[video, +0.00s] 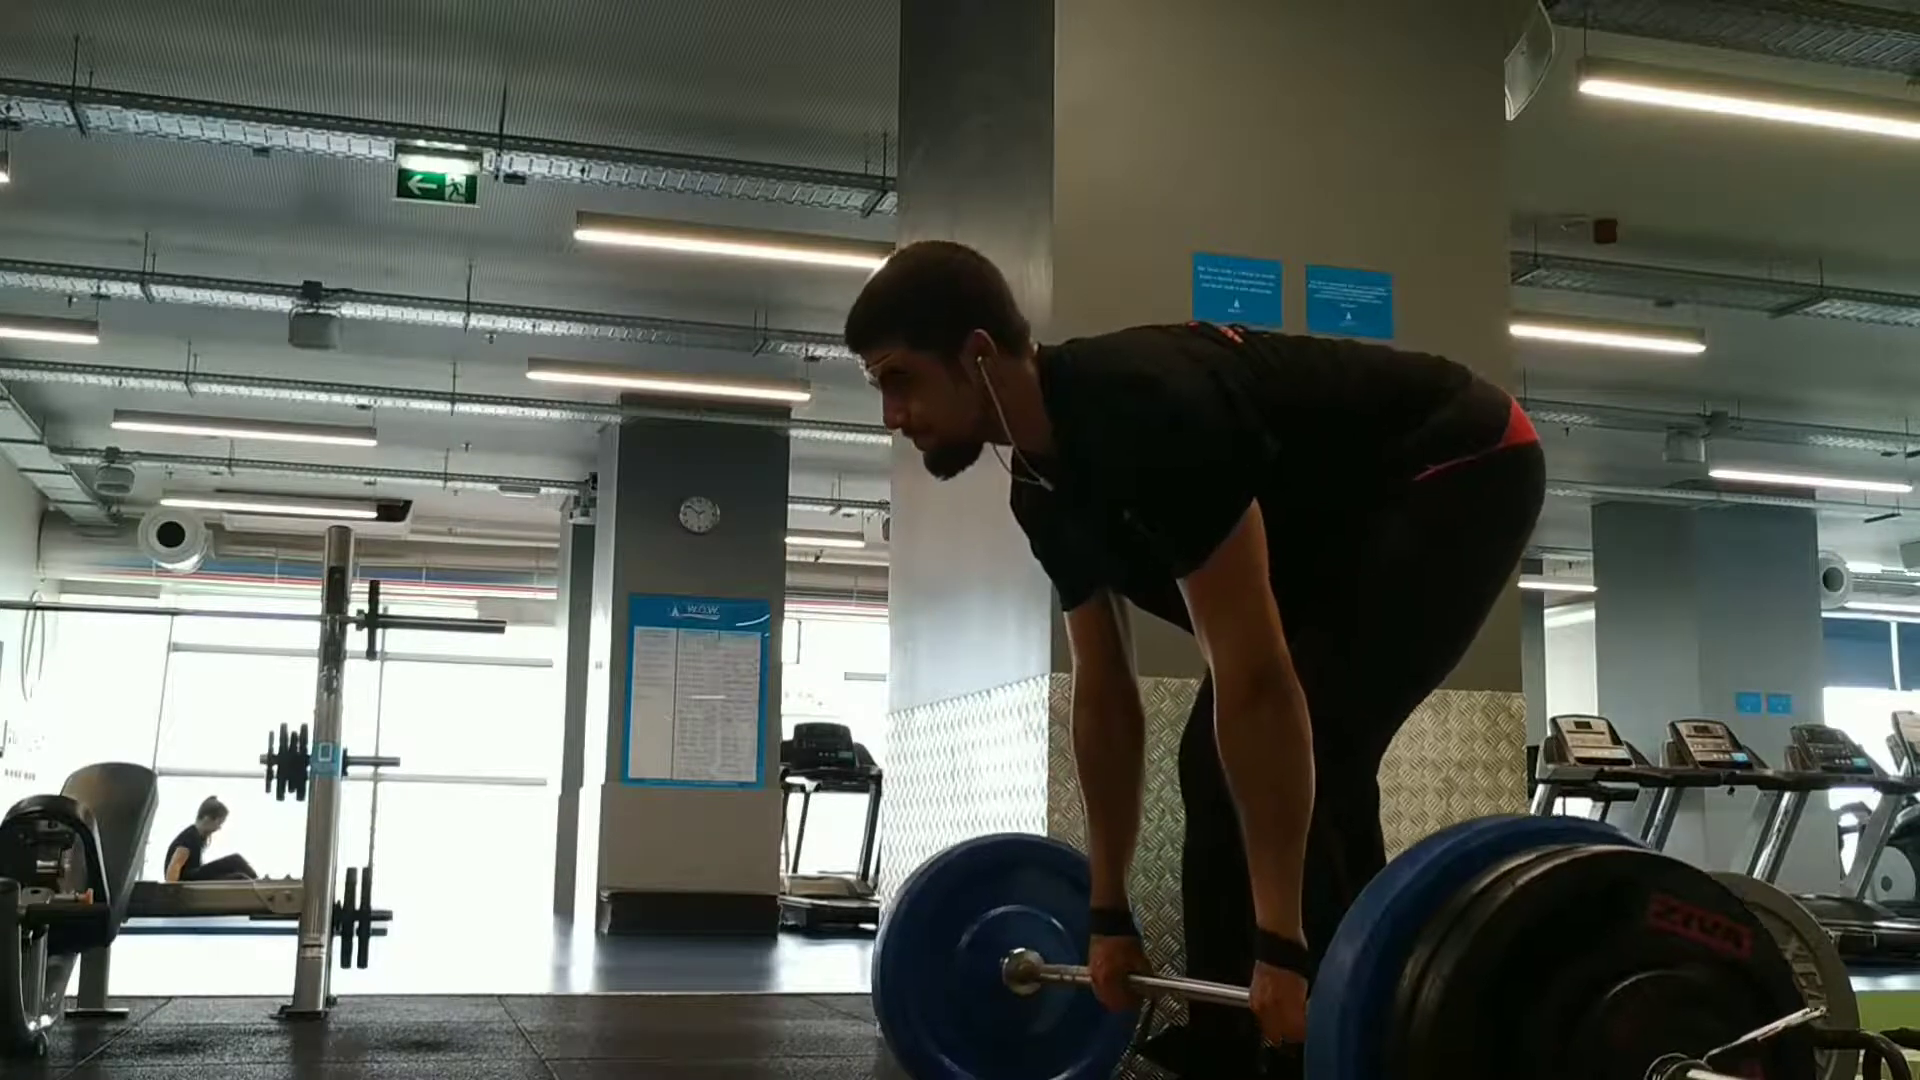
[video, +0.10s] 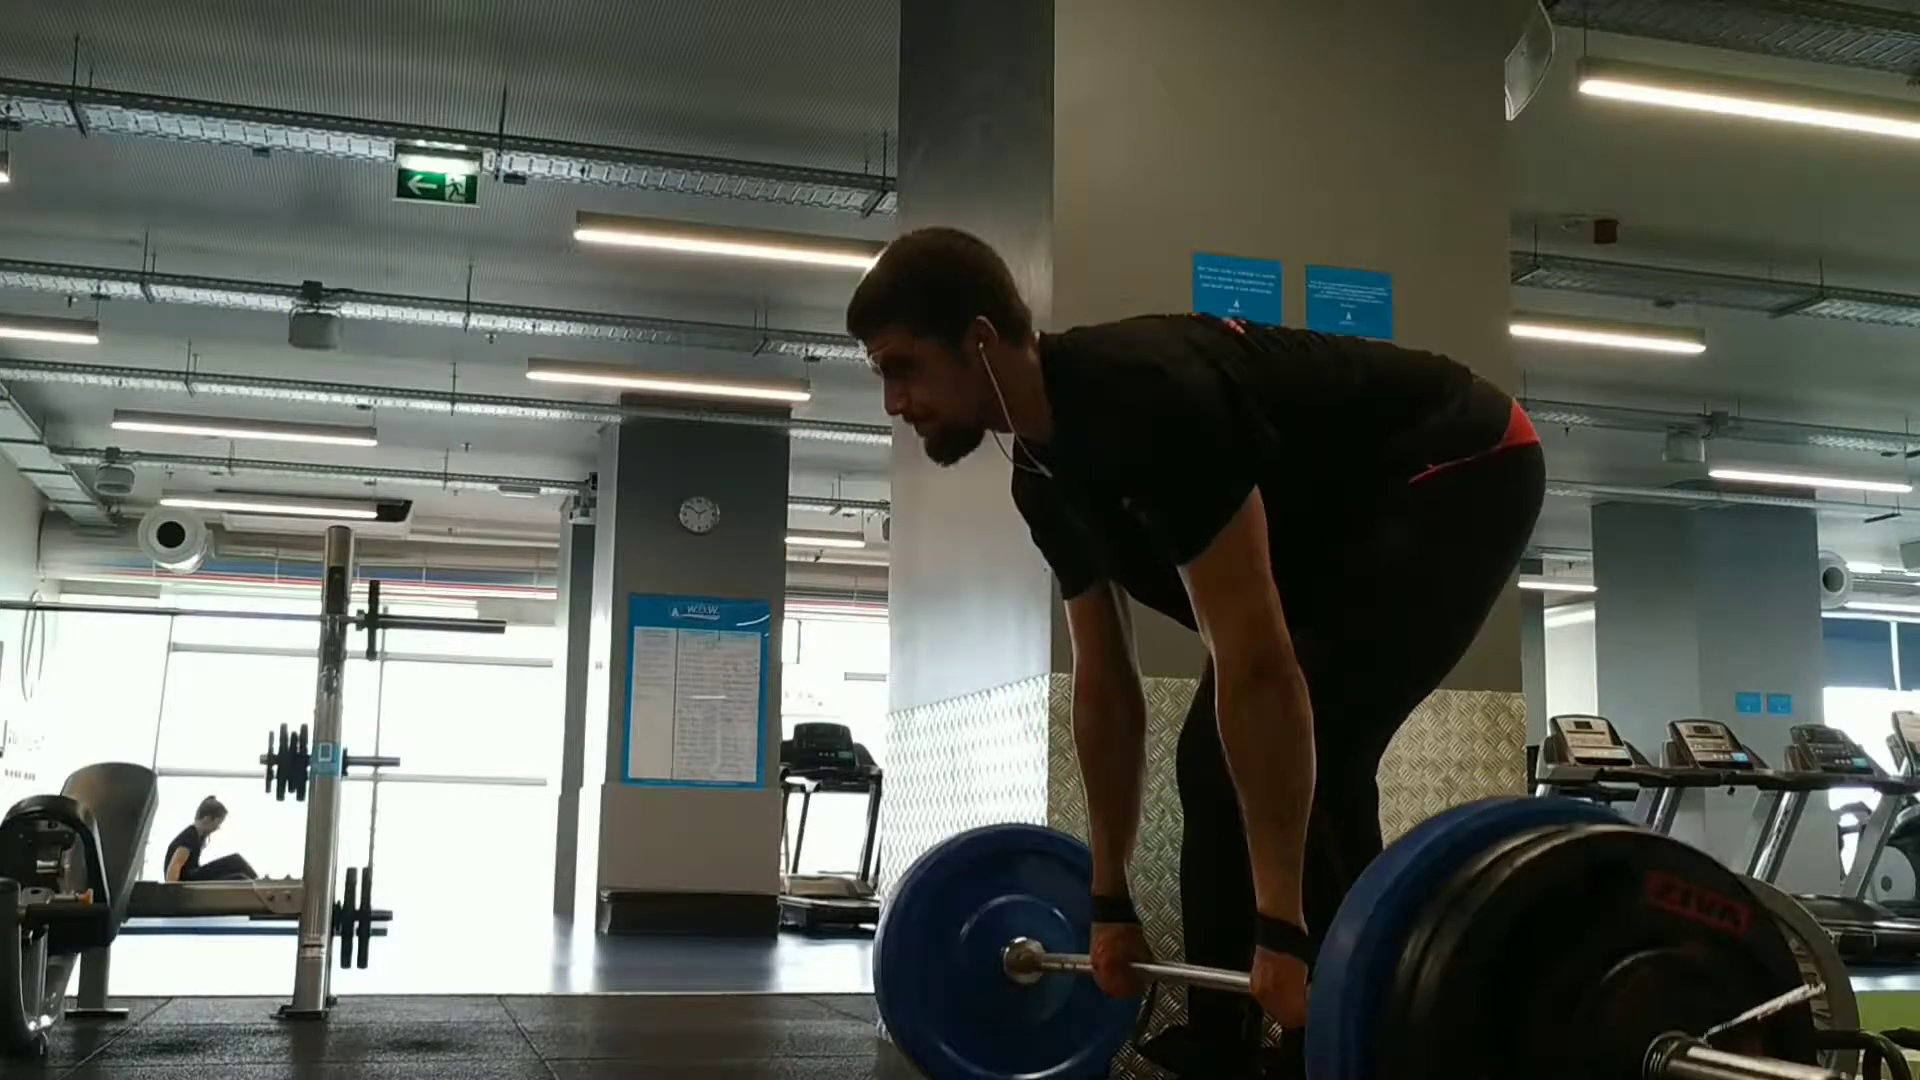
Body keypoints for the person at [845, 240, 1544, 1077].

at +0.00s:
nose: (890, 418)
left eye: (900, 384)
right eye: (882, 391)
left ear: (979, 354)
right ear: (980, 363)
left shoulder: (1149, 406)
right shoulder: (1043, 484)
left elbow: (1263, 690)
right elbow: (1103, 689)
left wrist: (1283, 945)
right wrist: (1108, 909)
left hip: (1464, 466)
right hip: (1349, 496)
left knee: (1323, 757)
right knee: (1214, 744)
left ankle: (1355, 1032)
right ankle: (1221, 1025)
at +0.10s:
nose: (892, 405)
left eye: (903, 370)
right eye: (883, 378)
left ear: (981, 340)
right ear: (981, 351)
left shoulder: (1150, 397)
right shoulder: (1046, 474)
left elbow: (1260, 672)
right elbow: (1103, 683)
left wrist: (1283, 930)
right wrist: (1109, 895)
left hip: (1464, 468)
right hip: (1352, 493)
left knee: (1324, 761)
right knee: (1213, 742)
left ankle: (1344, 1031)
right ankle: (1216, 1027)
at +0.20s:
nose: (894, 377)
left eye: (905, 344)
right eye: (884, 351)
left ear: (983, 314)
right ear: (981, 325)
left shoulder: (1151, 373)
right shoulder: (1045, 454)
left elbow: (1259, 646)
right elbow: (1105, 661)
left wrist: (1284, 910)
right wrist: (1110, 876)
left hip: (1462, 466)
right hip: (1343, 495)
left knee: (1325, 753)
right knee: (1215, 744)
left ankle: (1333, 1029)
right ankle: (1217, 1026)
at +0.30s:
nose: (896, 338)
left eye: (909, 304)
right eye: (888, 311)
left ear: (988, 280)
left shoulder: (1153, 348)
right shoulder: (1048, 428)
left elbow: (1260, 615)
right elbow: (1104, 633)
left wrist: (1282, 873)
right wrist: (1111, 850)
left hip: (1458, 467)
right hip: (1338, 497)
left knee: (1319, 760)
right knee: (1213, 749)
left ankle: (1316, 1043)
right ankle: (1221, 1035)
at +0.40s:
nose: (904, 290)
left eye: (918, 257)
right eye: (899, 265)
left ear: (998, 238)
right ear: (991, 248)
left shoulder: (1159, 315)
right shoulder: (1051, 396)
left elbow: (1261, 581)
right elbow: (1106, 612)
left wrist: (1281, 837)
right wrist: (1109, 822)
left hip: (1451, 467)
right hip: (1326, 503)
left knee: (1312, 760)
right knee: (1209, 759)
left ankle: (1316, 1041)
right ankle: (1219, 1034)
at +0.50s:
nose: (916, 235)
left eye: (933, 204)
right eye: (908, 211)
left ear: (1014, 188)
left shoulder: (1169, 282)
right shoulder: (1057, 356)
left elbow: (1264, 540)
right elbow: (1109, 580)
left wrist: (1279, 793)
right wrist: (1110, 789)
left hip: (1446, 469)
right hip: (1308, 503)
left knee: (1334, 763)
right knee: (1212, 756)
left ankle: (1320, 1045)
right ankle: (1221, 1030)